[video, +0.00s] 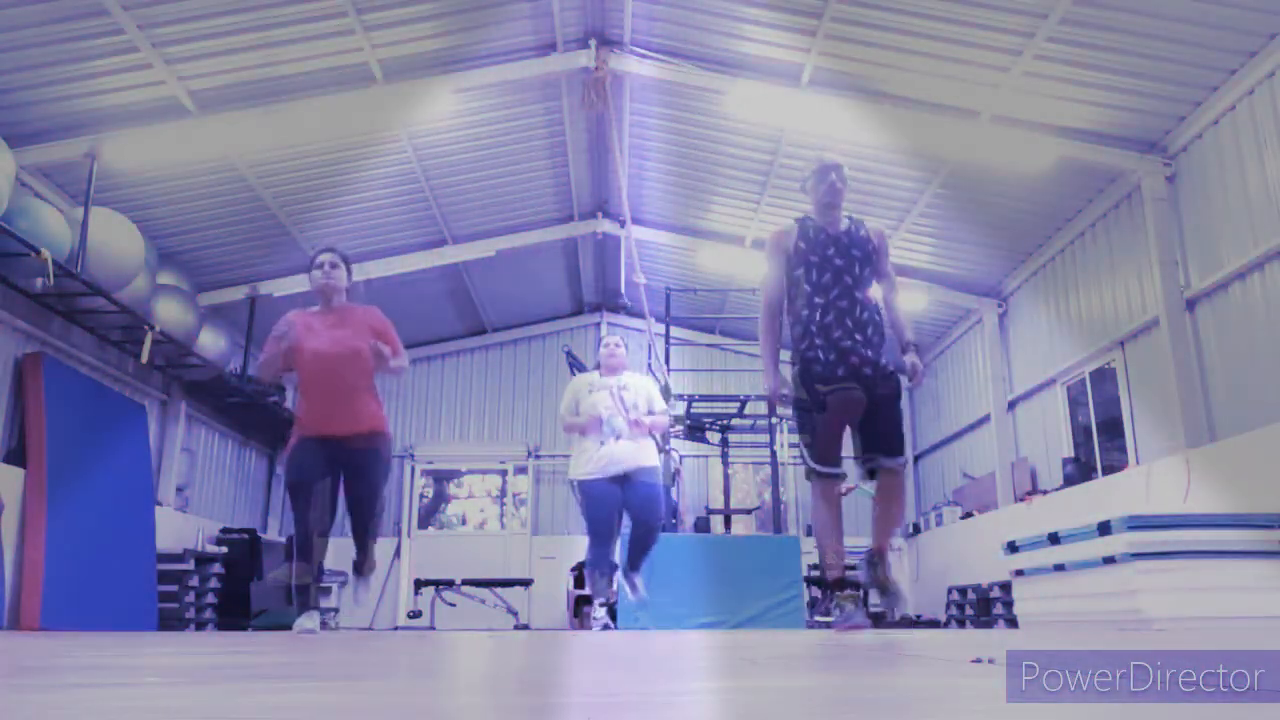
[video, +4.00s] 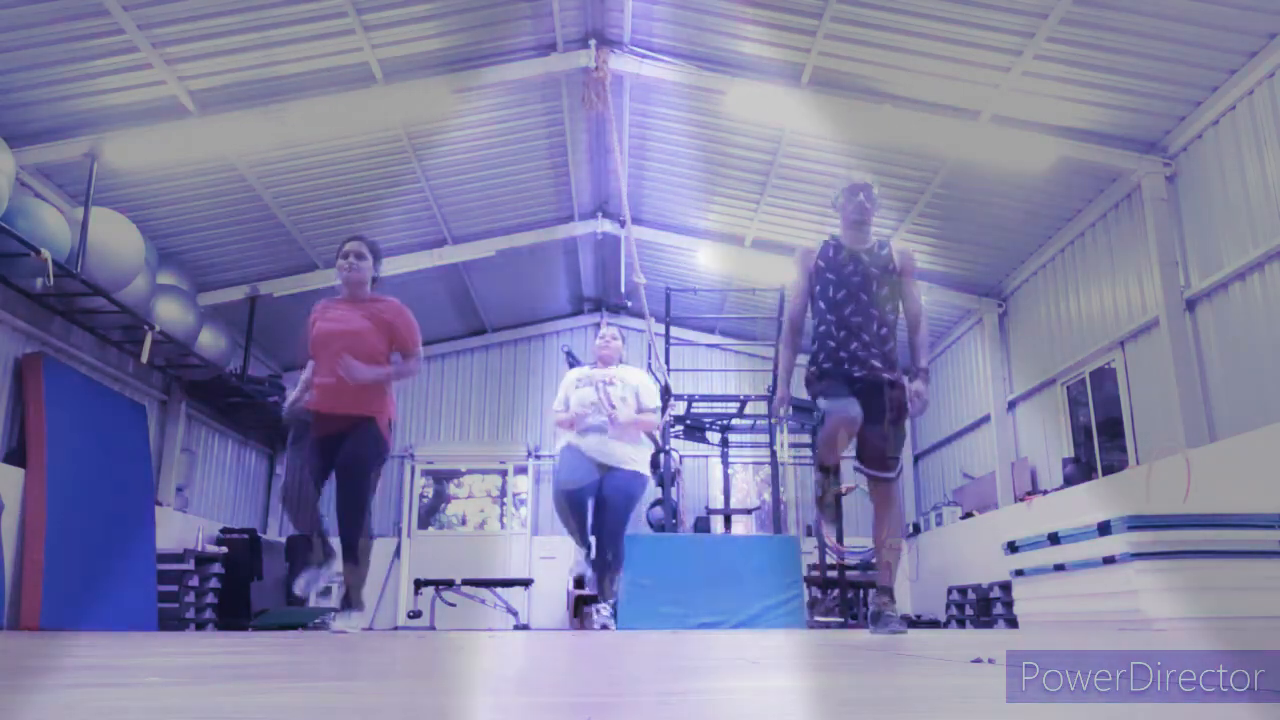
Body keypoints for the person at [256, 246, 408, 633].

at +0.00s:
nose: (326, 271)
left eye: (334, 266)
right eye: (319, 267)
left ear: (348, 277)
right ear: (309, 279)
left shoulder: (369, 316)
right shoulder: (296, 320)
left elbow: (402, 364)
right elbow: (264, 375)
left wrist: (387, 360)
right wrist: (276, 345)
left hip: (364, 431)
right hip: (313, 432)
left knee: (364, 510)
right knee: (301, 495)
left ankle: (364, 554)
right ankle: (306, 607)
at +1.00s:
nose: (359, 301)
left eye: (367, 296)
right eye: (353, 296)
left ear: (381, 306)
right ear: (345, 305)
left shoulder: (395, 349)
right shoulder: (332, 349)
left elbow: (416, 397)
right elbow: (323, 400)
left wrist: (391, 407)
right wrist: (319, 398)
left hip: (377, 453)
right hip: (334, 447)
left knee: (368, 532)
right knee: (315, 493)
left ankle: (366, 613)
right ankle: (326, 579)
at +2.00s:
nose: (362, 300)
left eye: (370, 296)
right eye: (356, 295)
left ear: (381, 306)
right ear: (346, 305)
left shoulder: (397, 341)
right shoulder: (327, 341)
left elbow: (420, 389)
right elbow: (296, 385)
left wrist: (391, 377)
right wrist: (316, 378)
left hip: (385, 436)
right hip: (341, 441)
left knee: (372, 482)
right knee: (339, 517)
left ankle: (373, 569)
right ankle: (343, 604)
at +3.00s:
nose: (349, 311)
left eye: (357, 307)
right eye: (343, 307)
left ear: (371, 319)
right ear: (336, 320)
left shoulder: (390, 356)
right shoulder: (324, 364)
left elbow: (415, 402)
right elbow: (319, 417)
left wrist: (396, 416)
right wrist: (300, 407)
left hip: (383, 463)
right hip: (338, 461)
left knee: (380, 536)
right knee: (335, 529)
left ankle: (383, 610)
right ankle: (335, 611)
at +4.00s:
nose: (350, 262)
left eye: (359, 257)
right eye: (345, 256)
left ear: (374, 268)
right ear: (336, 266)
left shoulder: (390, 310)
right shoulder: (321, 309)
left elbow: (413, 364)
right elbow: (314, 362)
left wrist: (372, 372)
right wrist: (298, 392)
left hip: (366, 420)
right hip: (320, 418)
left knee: (352, 510)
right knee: (295, 489)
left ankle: (352, 605)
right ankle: (320, 561)